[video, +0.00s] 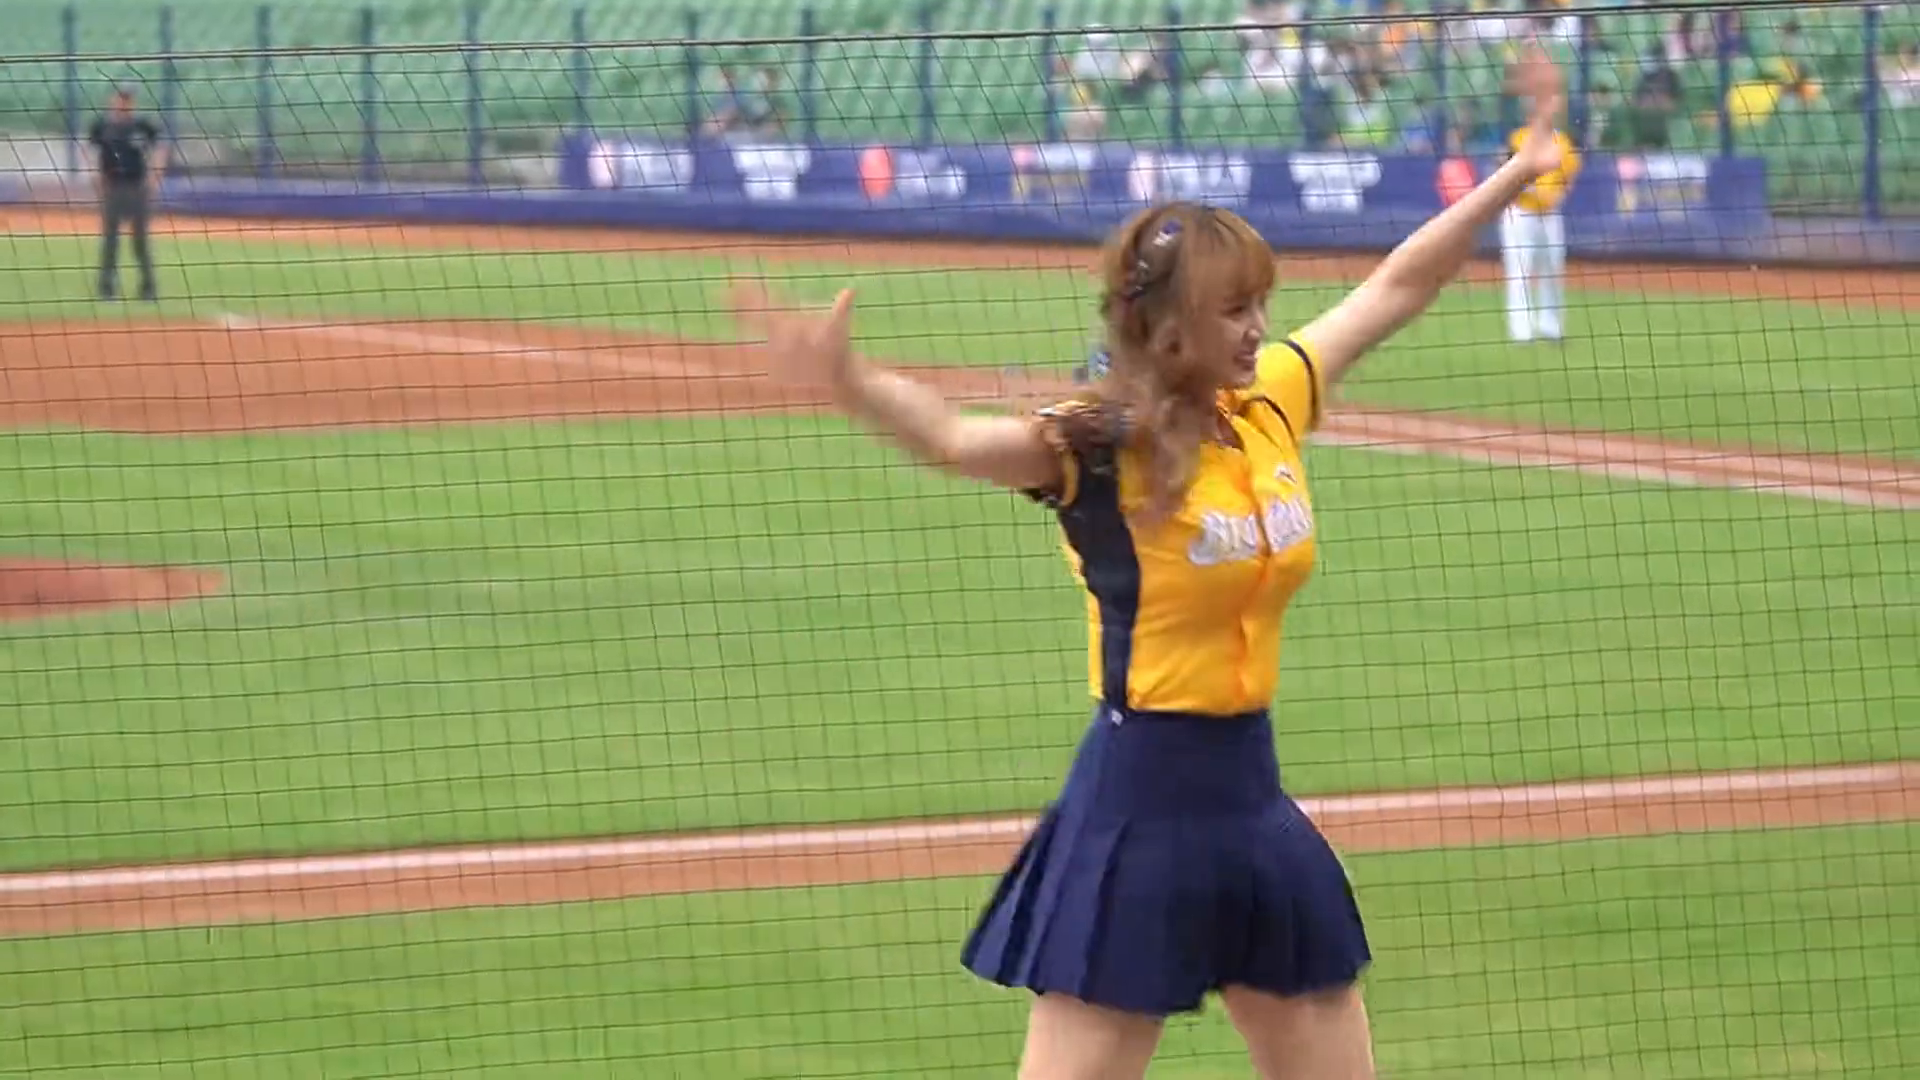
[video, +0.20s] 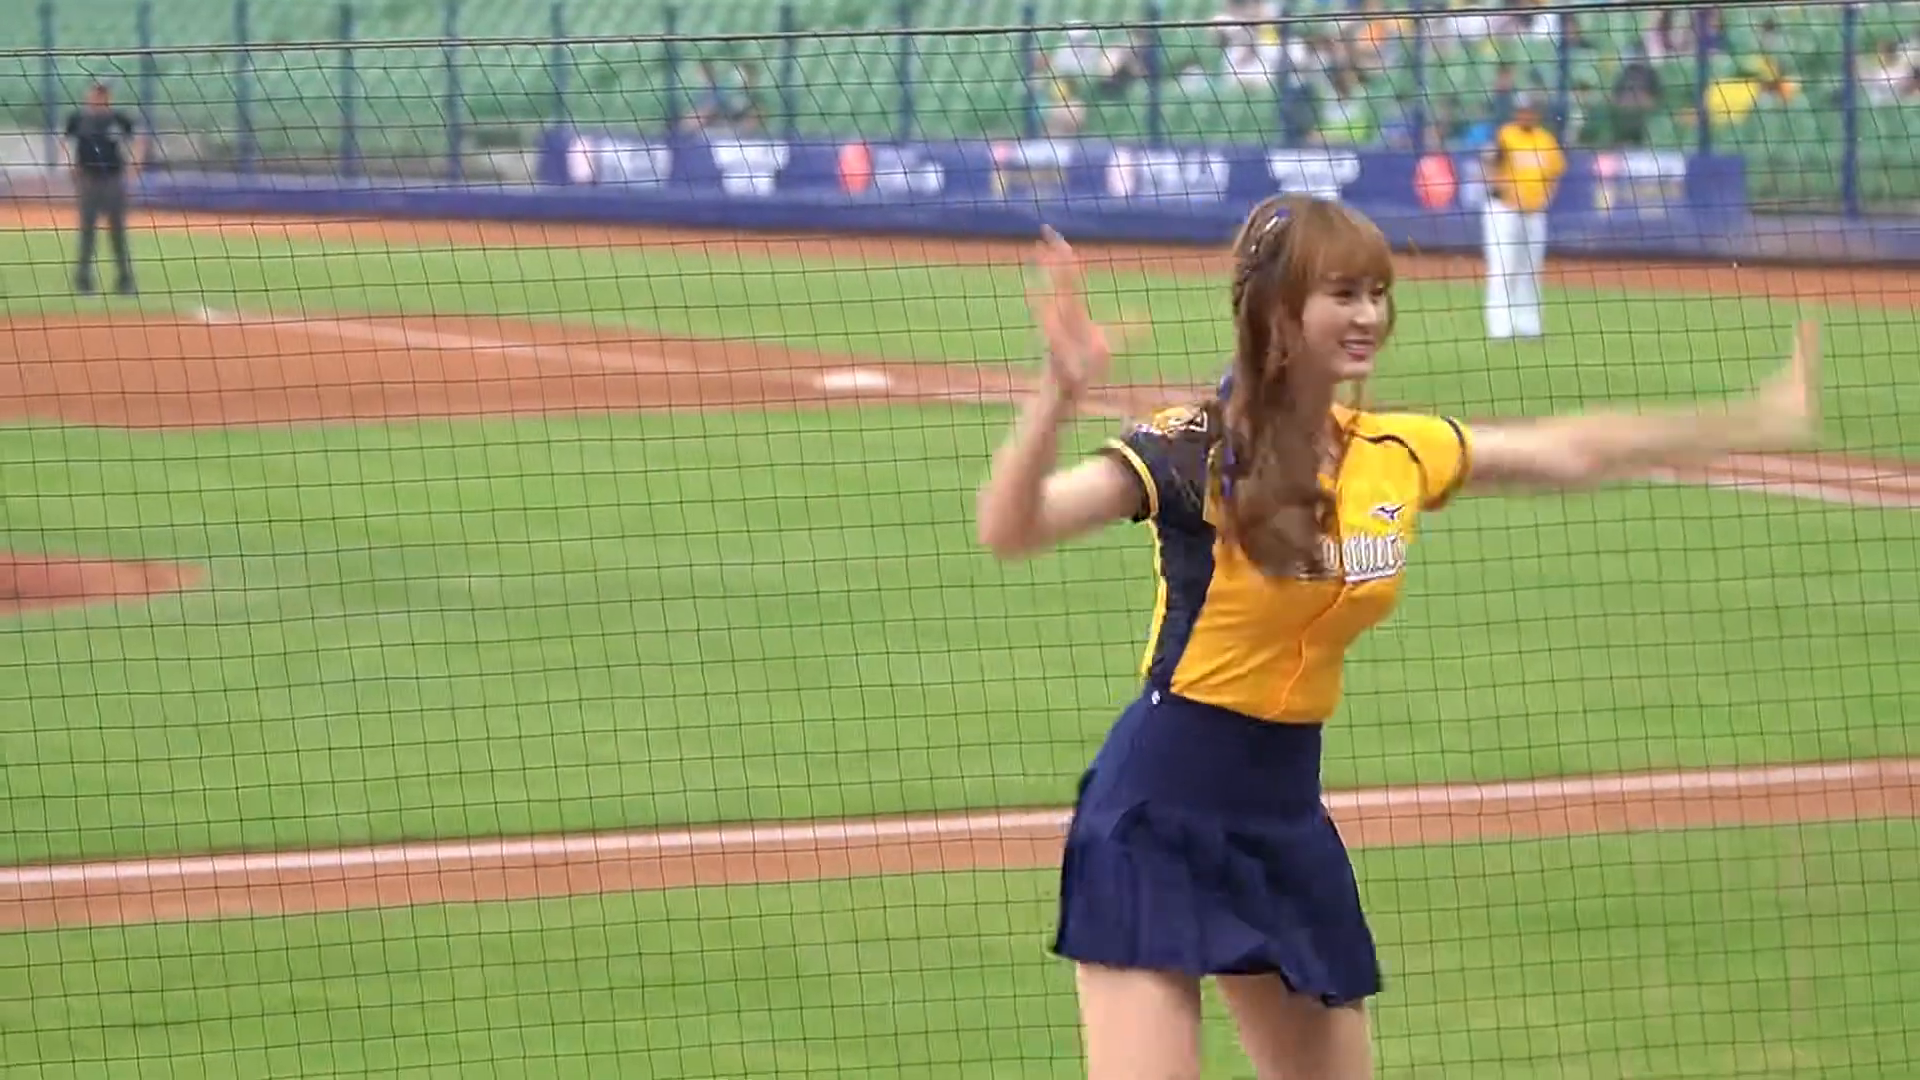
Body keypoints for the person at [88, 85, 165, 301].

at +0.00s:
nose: (123, 113)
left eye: (127, 108)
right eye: (119, 108)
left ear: (133, 108)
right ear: (112, 107)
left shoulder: (142, 127)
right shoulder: (103, 128)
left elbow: (160, 150)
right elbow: (90, 154)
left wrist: (155, 176)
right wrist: (98, 181)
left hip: (138, 188)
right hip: (112, 188)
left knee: (140, 240)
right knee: (110, 240)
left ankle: (148, 284)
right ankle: (106, 285)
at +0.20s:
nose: (99, 106)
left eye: (102, 101)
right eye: (95, 101)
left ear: (108, 101)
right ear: (88, 101)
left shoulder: (116, 119)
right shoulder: (78, 119)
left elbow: (137, 140)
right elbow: (63, 142)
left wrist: (135, 163)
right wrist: (71, 165)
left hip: (113, 179)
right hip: (88, 179)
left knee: (118, 231)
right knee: (87, 231)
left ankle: (125, 277)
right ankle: (83, 277)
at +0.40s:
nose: (74, 99)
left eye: (78, 94)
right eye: (71, 94)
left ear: (84, 95)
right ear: (64, 94)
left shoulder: (93, 113)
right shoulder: (56, 114)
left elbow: (112, 133)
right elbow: (39, 136)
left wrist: (113, 155)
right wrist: (48, 159)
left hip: (89, 174)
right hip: (65, 174)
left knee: (93, 225)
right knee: (63, 225)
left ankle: (100, 272)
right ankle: (60, 273)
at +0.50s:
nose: (62, 98)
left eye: (66, 93)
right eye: (59, 93)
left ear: (72, 93)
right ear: (52, 92)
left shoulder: (81, 111)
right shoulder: (44, 111)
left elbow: (100, 130)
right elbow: (27, 134)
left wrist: (100, 152)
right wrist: (35, 157)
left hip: (77, 172)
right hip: (53, 172)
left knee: (82, 223)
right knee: (50, 223)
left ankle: (89, 270)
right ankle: (48, 271)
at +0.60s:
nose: (47, 98)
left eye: (51, 92)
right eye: (43, 92)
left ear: (59, 93)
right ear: (37, 93)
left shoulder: (67, 109)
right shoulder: (31, 111)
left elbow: (82, 122)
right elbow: (21, 124)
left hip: (63, 173)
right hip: (39, 172)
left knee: (68, 224)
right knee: (35, 225)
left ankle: (73, 273)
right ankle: (33, 274)